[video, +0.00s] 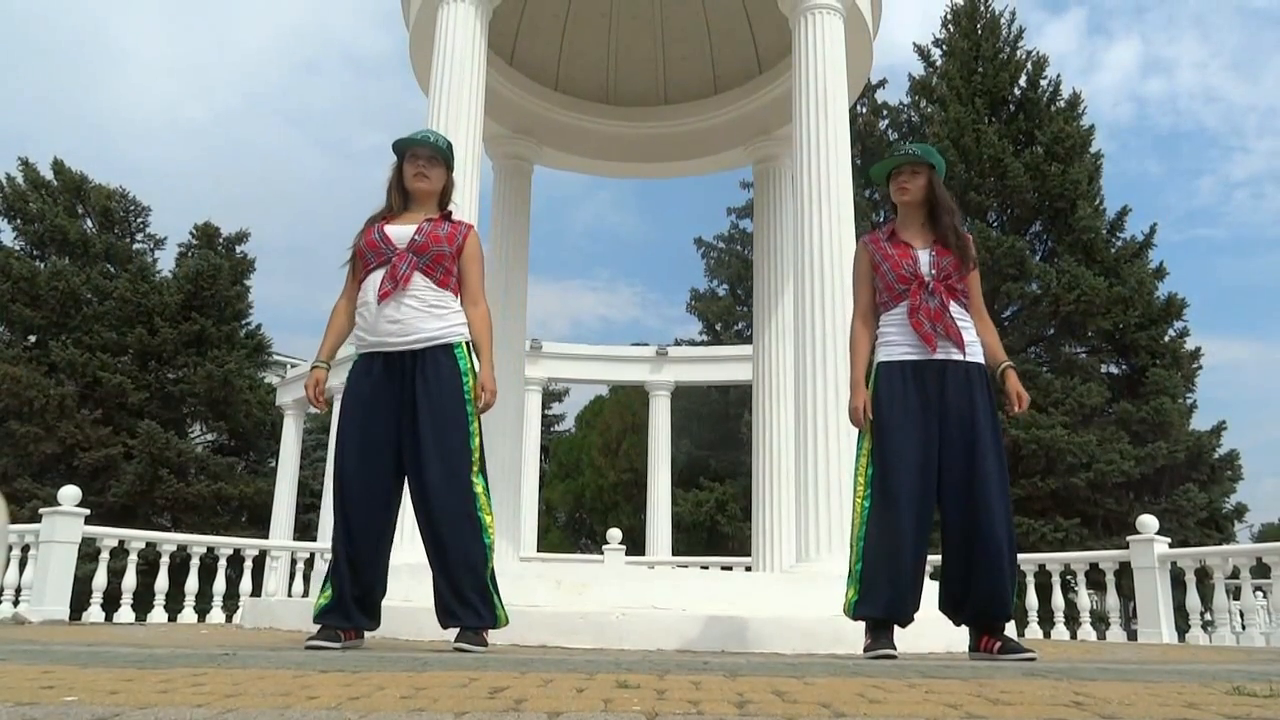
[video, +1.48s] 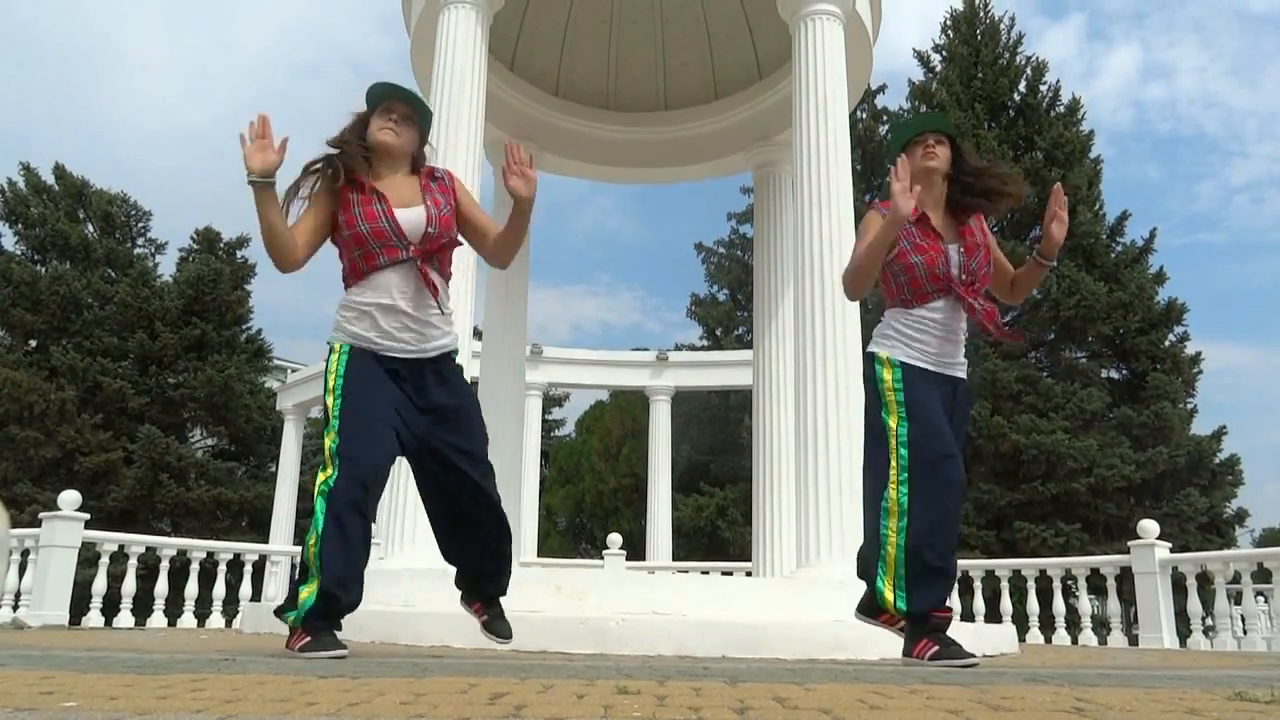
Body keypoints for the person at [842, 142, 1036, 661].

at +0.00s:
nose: (904, 180)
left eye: (914, 172)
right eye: (897, 174)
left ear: (934, 182)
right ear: (888, 185)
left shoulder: (960, 242)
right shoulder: (872, 246)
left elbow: (979, 314)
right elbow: (864, 320)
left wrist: (1006, 370)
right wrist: (858, 384)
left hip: (965, 379)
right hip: (900, 379)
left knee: (981, 498)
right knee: (898, 499)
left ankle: (986, 632)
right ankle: (880, 628)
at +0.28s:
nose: (911, 181)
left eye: (920, 174)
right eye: (903, 174)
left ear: (933, 187)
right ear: (887, 186)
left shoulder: (953, 246)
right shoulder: (865, 248)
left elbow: (974, 317)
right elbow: (852, 320)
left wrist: (1002, 375)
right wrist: (858, 379)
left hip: (964, 380)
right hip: (901, 380)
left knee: (981, 498)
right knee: (900, 500)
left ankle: (985, 632)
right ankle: (881, 627)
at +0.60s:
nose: (912, 180)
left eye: (920, 174)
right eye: (903, 174)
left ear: (933, 186)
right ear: (887, 186)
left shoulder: (954, 247)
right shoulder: (867, 246)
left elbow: (971, 318)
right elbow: (854, 317)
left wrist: (996, 377)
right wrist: (853, 382)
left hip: (960, 381)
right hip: (895, 381)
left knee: (976, 499)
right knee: (894, 501)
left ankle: (985, 633)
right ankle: (880, 628)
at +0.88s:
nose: (915, 176)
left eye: (924, 169)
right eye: (906, 170)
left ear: (936, 182)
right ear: (890, 183)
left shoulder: (955, 242)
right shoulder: (867, 237)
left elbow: (975, 318)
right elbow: (849, 311)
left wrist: (1012, 344)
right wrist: (850, 362)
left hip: (956, 380)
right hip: (893, 380)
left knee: (972, 496)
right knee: (892, 499)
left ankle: (968, 627)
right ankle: (881, 628)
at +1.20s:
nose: (927, 177)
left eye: (936, 172)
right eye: (917, 173)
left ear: (949, 190)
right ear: (902, 193)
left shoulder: (965, 243)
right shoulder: (887, 240)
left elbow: (993, 320)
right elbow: (899, 311)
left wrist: (999, 275)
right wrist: (971, 268)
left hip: (955, 383)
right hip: (900, 381)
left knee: (969, 489)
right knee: (938, 482)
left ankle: (938, 627)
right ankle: (926, 622)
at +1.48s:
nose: (930, 147)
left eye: (939, 141)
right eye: (919, 142)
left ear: (955, 160)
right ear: (902, 162)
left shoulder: (972, 222)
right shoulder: (886, 213)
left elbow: (1011, 290)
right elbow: (855, 286)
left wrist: (1048, 251)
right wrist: (895, 217)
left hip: (950, 370)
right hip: (901, 363)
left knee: (936, 480)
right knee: (937, 475)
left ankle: (884, 596)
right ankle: (924, 630)